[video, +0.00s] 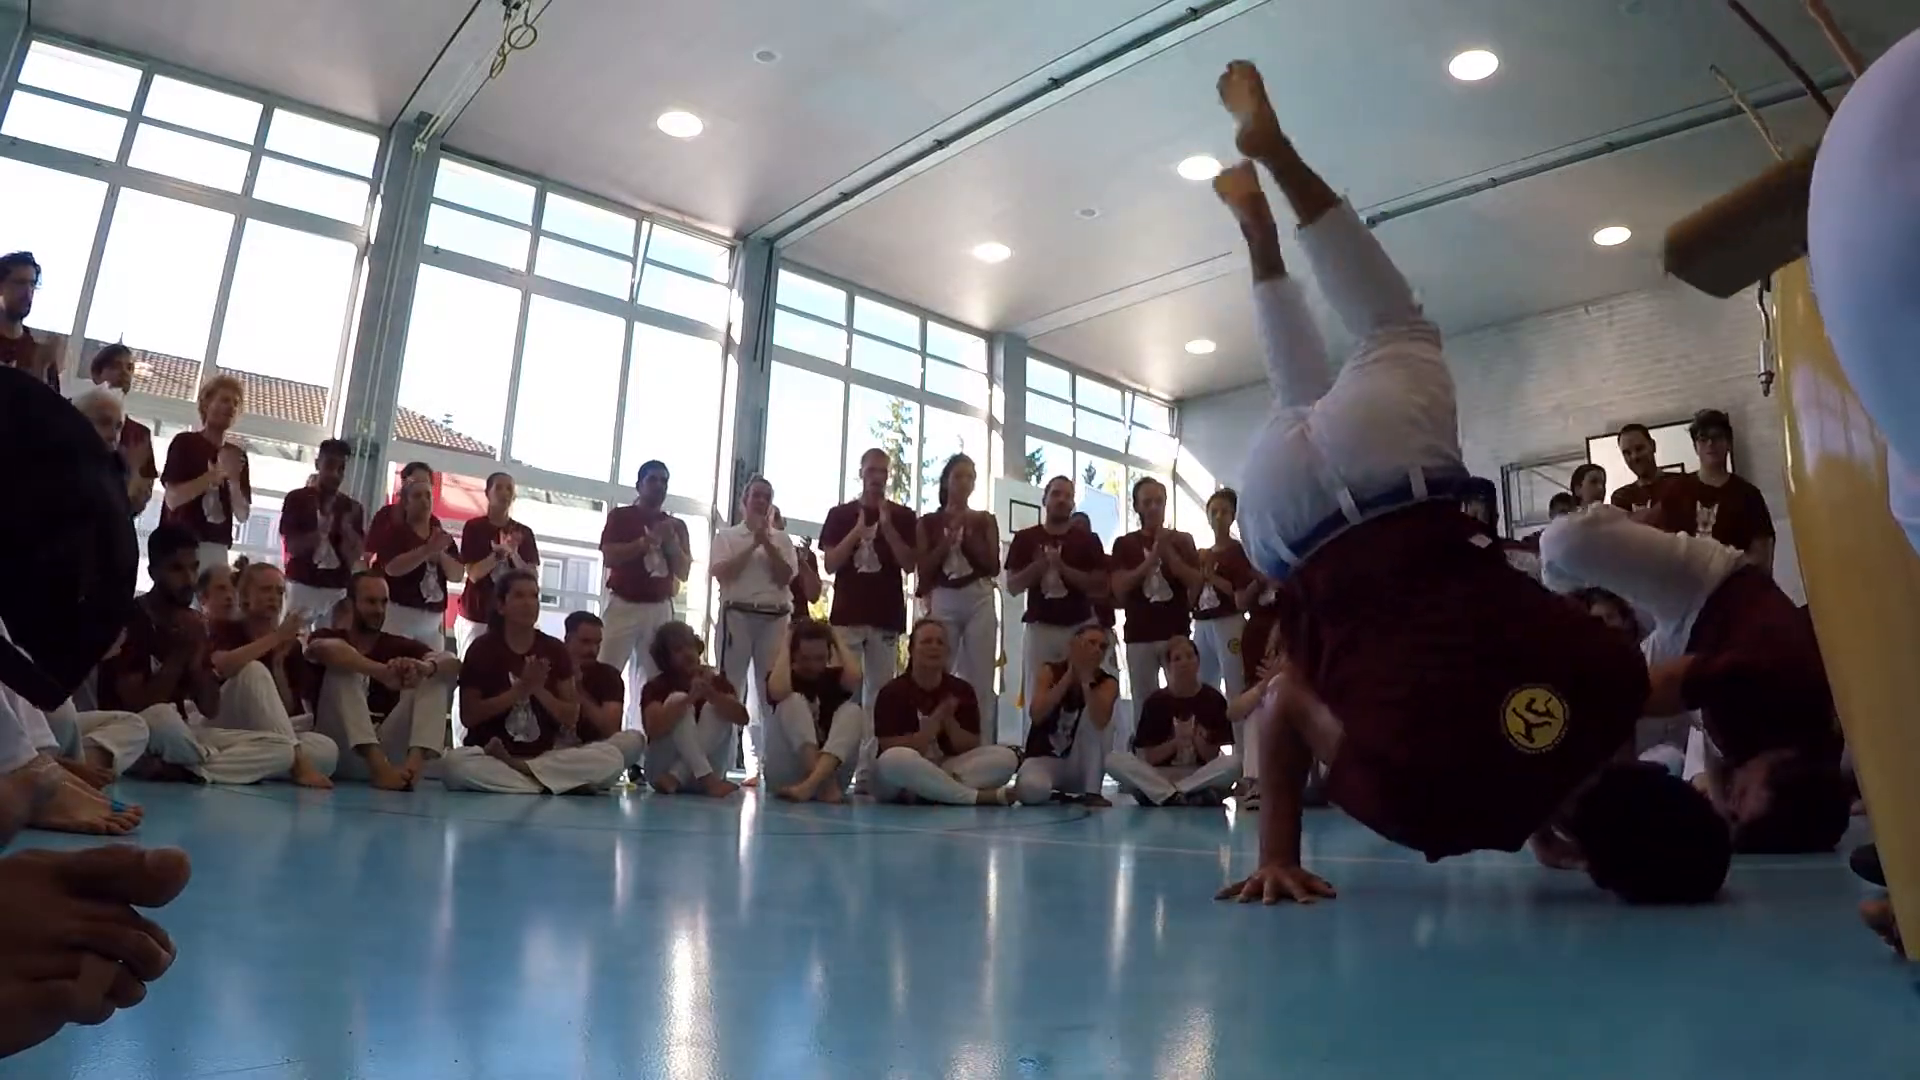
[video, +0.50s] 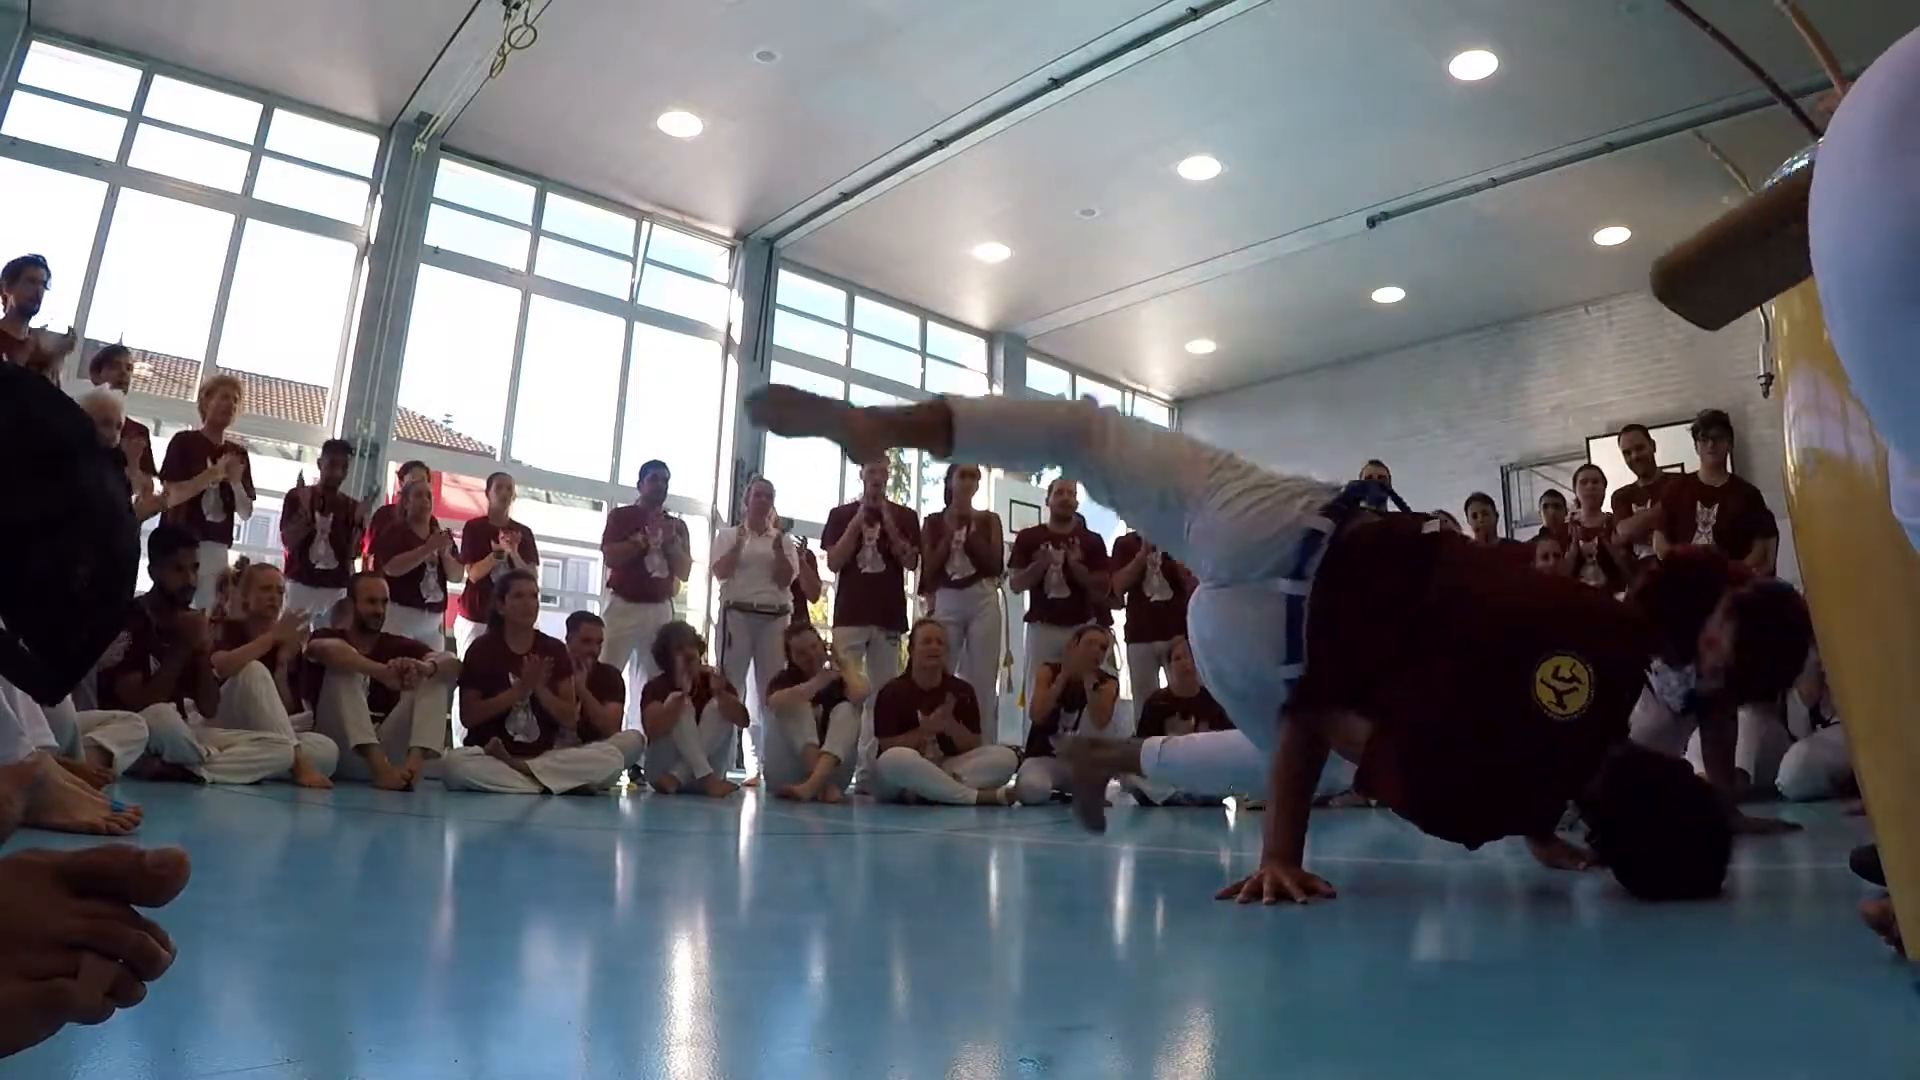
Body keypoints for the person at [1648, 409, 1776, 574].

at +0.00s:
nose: (1710, 444)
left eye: (1717, 438)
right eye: (1703, 439)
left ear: (1728, 444)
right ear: (1695, 447)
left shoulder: (1747, 494)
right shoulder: (1676, 490)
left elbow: (1760, 557)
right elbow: (1663, 544)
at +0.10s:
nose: (1710, 444)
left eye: (1718, 438)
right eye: (1703, 439)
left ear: (1729, 444)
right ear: (1695, 446)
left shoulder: (1747, 493)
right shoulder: (1676, 490)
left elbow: (1761, 556)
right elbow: (1659, 539)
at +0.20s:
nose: (1710, 445)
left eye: (1718, 438)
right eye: (1704, 439)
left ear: (1729, 445)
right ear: (1695, 446)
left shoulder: (1747, 493)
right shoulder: (1675, 490)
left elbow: (1762, 552)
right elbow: (1660, 542)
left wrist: (1733, 584)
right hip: (1684, 588)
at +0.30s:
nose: (1711, 445)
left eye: (1719, 438)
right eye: (1704, 439)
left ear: (1730, 444)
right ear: (1695, 446)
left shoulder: (1748, 493)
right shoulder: (1676, 490)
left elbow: (1764, 551)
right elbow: (1660, 540)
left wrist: (1734, 582)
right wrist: (1684, 573)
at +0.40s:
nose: (1711, 445)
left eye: (1719, 439)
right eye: (1705, 439)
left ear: (1730, 445)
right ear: (1696, 446)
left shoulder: (1748, 493)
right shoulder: (1677, 489)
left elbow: (1764, 545)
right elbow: (1660, 539)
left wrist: (1739, 575)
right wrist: (1684, 575)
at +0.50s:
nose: (1711, 445)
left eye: (1719, 438)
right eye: (1704, 439)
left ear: (1730, 445)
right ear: (1696, 446)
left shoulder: (1747, 493)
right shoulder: (1676, 490)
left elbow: (1760, 553)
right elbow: (1660, 543)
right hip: (1685, 584)